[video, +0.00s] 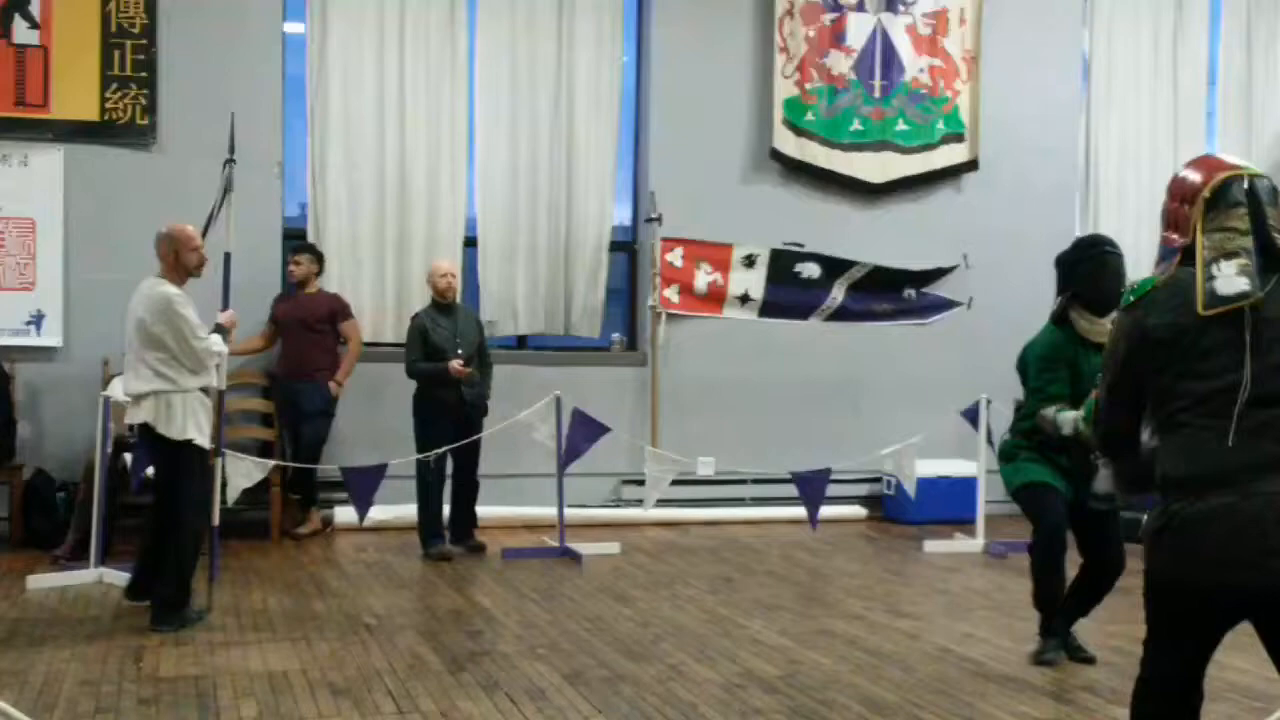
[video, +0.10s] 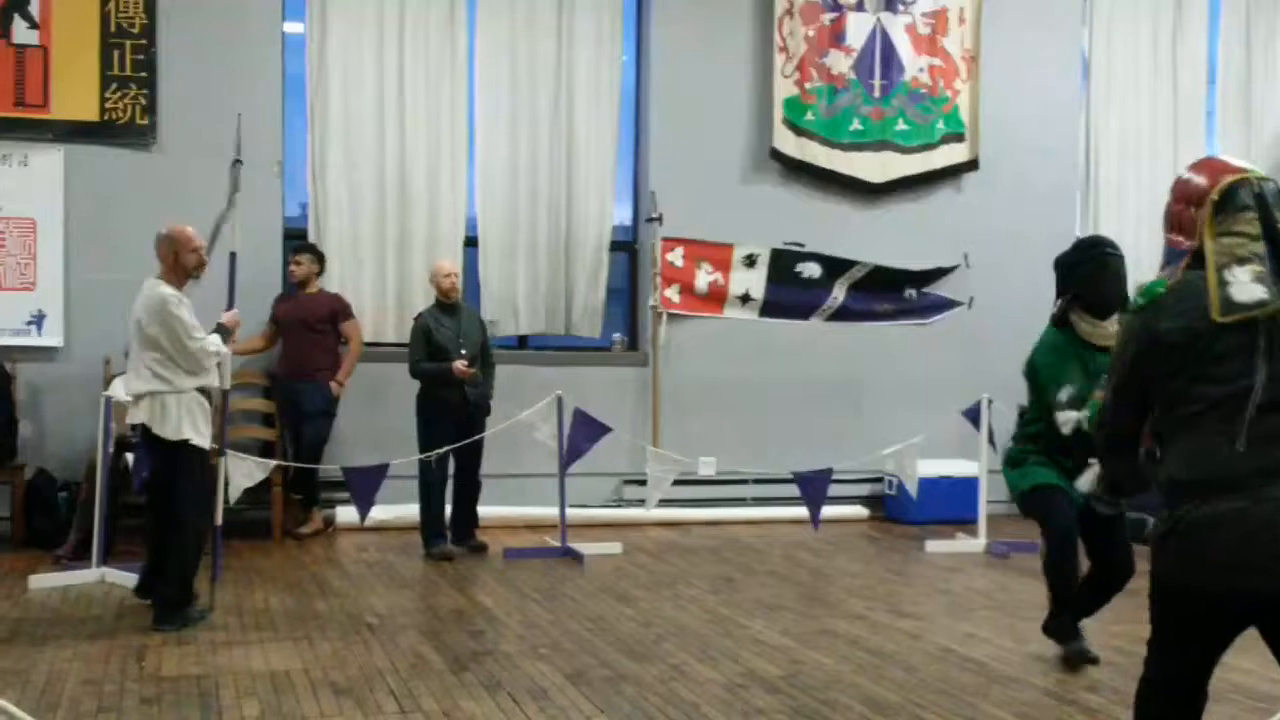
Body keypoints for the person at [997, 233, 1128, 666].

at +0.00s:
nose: (1114, 288)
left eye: (1117, 278)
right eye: (1105, 279)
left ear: (1120, 284)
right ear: (1079, 284)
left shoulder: (1117, 337)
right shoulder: (1049, 346)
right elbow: (1045, 412)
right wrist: (1081, 422)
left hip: (1086, 463)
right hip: (1034, 454)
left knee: (1107, 560)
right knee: (1051, 521)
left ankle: (1061, 626)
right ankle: (1051, 632)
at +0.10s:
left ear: (1121, 298)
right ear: (1075, 299)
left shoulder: (1123, 337)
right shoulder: (1052, 354)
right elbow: (1070, 436)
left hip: (1088, 467)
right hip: (1037, 461)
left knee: (1117, 565)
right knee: (1062, 524)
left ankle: (1062, 618)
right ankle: (1068, 630)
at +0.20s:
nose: (1113, 286)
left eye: (1117, 276)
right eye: (1103, 276)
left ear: (1121, 280)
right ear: (1078, 283)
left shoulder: (1125, 330)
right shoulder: (1062, 337)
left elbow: (1143, 377)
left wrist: (1112, 412)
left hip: (1102, 469)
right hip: (1052, 467)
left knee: (1118, 565)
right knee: (1079, 552)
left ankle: (1063, 616)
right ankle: (1093, 674)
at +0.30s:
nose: (1114, 302)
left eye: (1119, 291)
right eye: (1104, 292)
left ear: (1126, 290)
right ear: (1078, 293)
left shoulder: (1124, 338)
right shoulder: (1062, 342)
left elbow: (1152, 381)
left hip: (1118, 476)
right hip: (1071, 478)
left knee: (1129, 577)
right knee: (1114, 579)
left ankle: (1074, 616)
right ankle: (1114, 696)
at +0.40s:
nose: (1126, 287)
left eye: (1130, 276)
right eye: (1114, 277)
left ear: (1136, 285)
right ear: (1087, 283)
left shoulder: (1139, 340)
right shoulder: (1062, 334)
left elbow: (1170, 366)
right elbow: (1067, 319)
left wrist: (1151, 354)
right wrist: (1096, 296)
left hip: (1119, 482)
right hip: (1068, 483)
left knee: (1156, 603)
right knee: (1119, 594)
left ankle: (1092, 640)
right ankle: (1113, 702)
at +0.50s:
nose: (1123, 285)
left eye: (1133, 273)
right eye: (1112, 272)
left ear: (1144, 280)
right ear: (1085, 273)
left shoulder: (1151, 338)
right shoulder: (1064, 314)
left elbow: (1152, 371)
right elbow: (1071, 327)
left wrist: (1120, 357)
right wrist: (1090, 291)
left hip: (1114, 477)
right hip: (1055, 480)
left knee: (1179, 595)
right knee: (1108, 592)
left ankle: (1131, 666)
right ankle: (1108, 701)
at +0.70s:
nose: (1118, 282)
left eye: (1130, 270)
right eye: (1105, 269)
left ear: (1143, 274)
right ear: (1079, 268)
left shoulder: (1153, 340)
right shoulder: (1054, 315)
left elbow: (1138, 396)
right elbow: (1036, 323)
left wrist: (1088, 377)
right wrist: (1081, 318)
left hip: (1115, 486)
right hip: (1045, 485)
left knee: (1175, 615)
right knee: (1048, 585)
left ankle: (1182, 708)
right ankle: (1088, 676)